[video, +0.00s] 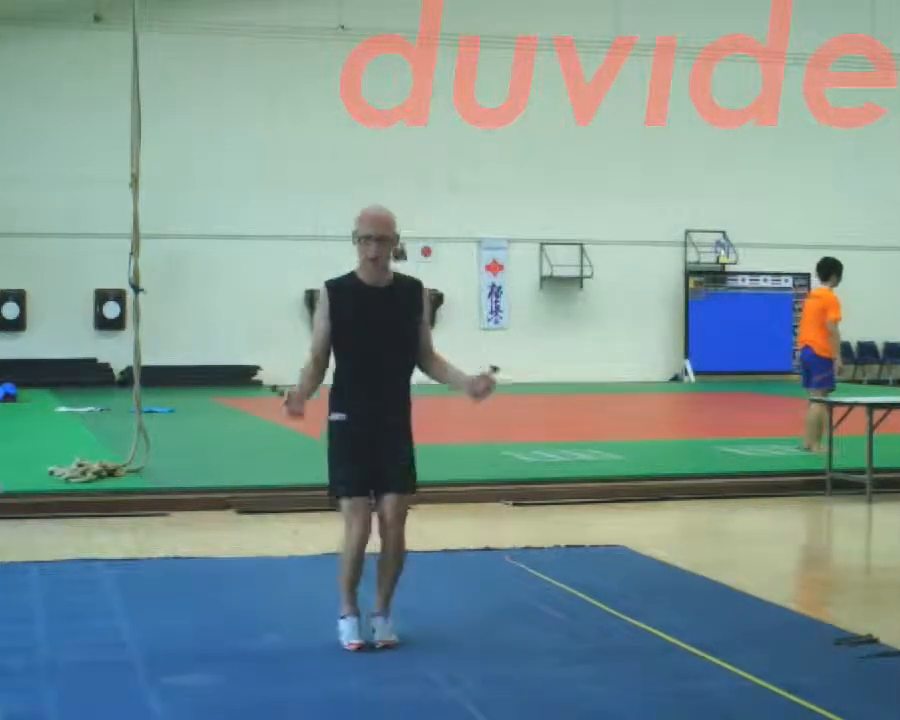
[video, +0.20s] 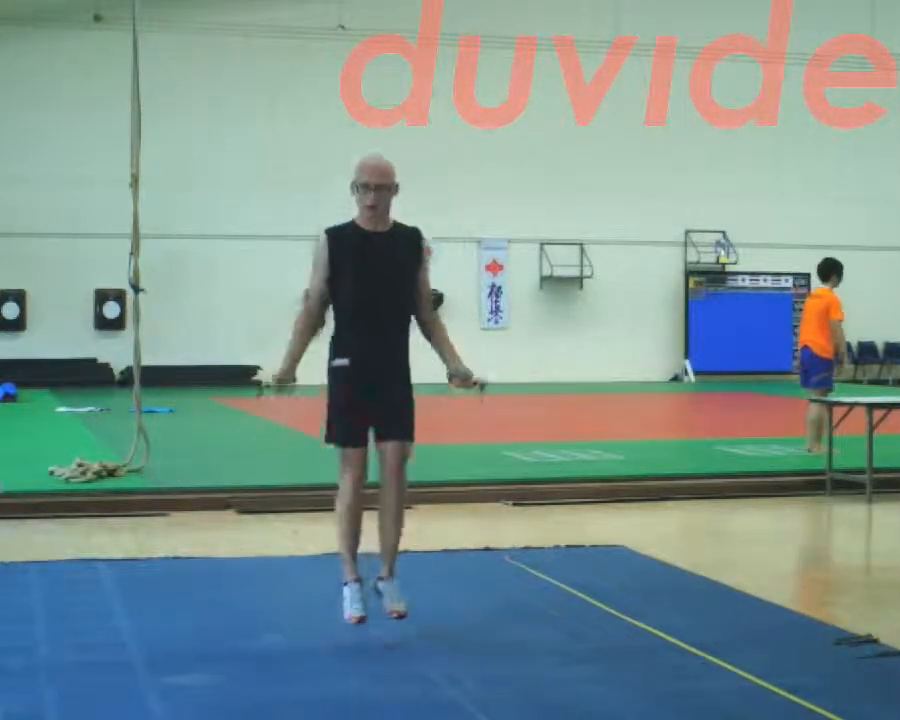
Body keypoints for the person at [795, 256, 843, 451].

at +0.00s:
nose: (840, 279)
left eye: (839, 275)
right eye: (839, 275)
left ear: (819, 275)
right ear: (835, 276)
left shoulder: (812, 296)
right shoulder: (829, 298)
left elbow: (805, 325)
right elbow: (832, 326)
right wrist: (837, 355)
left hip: (806, 349)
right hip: (820, 351)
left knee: (816, 398)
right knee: (818, 399)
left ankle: (811, 441)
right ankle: (812, 443)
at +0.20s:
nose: (840, 279)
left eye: (840, 275)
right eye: (840, 275)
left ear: (821, 275)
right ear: (836, 276)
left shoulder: (812, 297)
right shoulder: (831, 299)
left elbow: (805, 326)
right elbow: (836, 328)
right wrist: (843, 355)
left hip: (806, 349)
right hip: (821, 351)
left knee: (820, 397)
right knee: (817, 398)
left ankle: (817, 442)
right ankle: (813, 444)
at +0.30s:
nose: (840, 280)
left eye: (840, 276)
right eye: (840, 276)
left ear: (821, 275)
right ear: (836, 276)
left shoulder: (813, 296)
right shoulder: (831, 298)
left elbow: (816, 329)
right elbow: (842, 324)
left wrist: (835, 344)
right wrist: (857, 342)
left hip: (806, 347)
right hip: (820, 349)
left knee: (817, 397)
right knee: (818, 397)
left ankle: (814, 443)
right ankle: (814, 444)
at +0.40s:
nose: (841, 281)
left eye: (841, 277)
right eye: (840, 277)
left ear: (822, 276)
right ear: (836, 277)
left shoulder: (813, 296)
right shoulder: (831, 298)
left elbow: (831, 331)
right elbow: (847, 323)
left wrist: (852, 343)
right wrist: (862, 338)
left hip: (807, 348)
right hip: (819, 351)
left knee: (813, 397)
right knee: (819, 398)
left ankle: (812, 443)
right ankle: (815, 444)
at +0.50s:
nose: (843, 282)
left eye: (844, 278)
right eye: (843, 278)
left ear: (825, 276)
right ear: (838, 277)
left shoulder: (815, 296)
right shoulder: (832, 298)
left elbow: (829, 328)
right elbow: (848, 324)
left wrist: (849, 342)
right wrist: (863, 339)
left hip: (807, 348)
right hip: (819, 351)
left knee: (814, 397)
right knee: (819, 398)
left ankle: (813, 443)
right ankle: (815, 444)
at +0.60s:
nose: (847, 287)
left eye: (847, 283)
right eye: (847, 282)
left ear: (829, 279)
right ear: (841, 282)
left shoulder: (816, 297)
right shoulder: (831, 301)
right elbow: (842, 333)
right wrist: (856, 358)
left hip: (805, 349)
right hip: (818, 353)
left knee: (816, 397)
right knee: (824, 398)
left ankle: (816, 441)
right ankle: (818, 443)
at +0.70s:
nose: (850, 291)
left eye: (851, 287)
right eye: (850, 286)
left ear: (833, 282)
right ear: (845, 285)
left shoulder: (818, 299)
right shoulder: (832, 302)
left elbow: (803, 320)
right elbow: (829, 326)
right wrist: (829, 351)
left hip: (805, 351)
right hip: (818, 354)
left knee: (817, 398)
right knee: (823, 398)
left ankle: (817, 441)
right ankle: (818, 442)